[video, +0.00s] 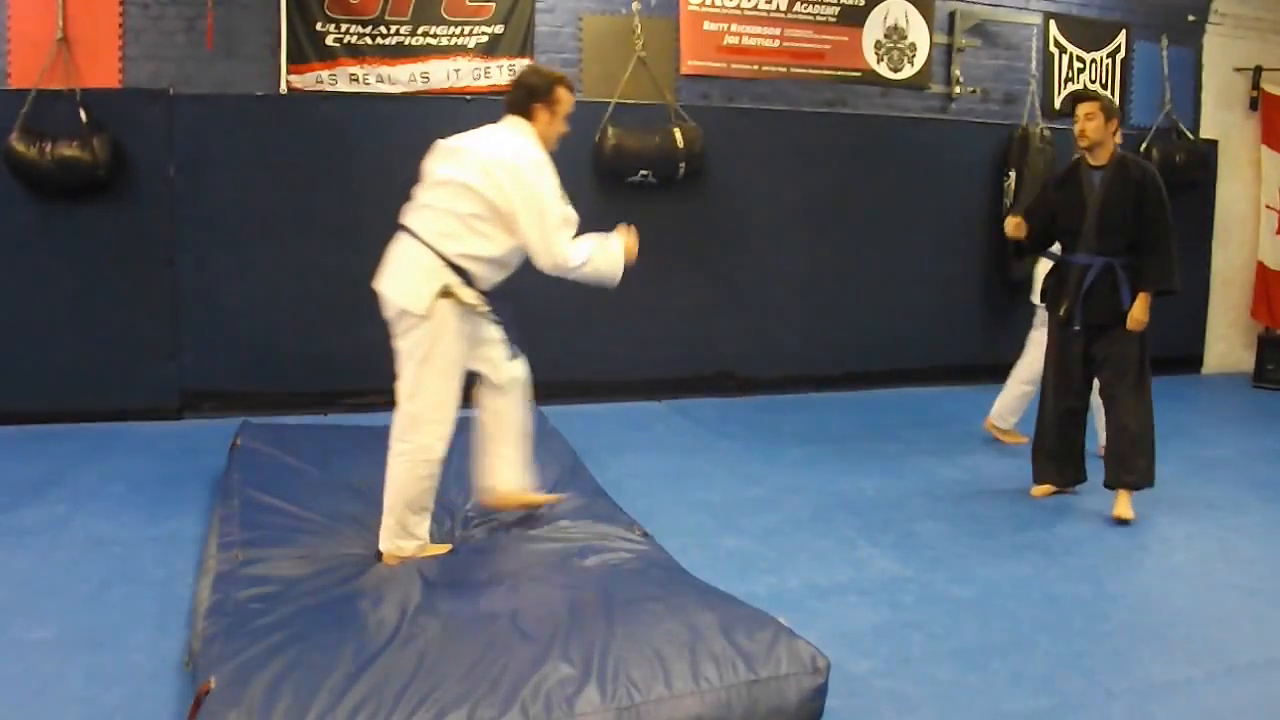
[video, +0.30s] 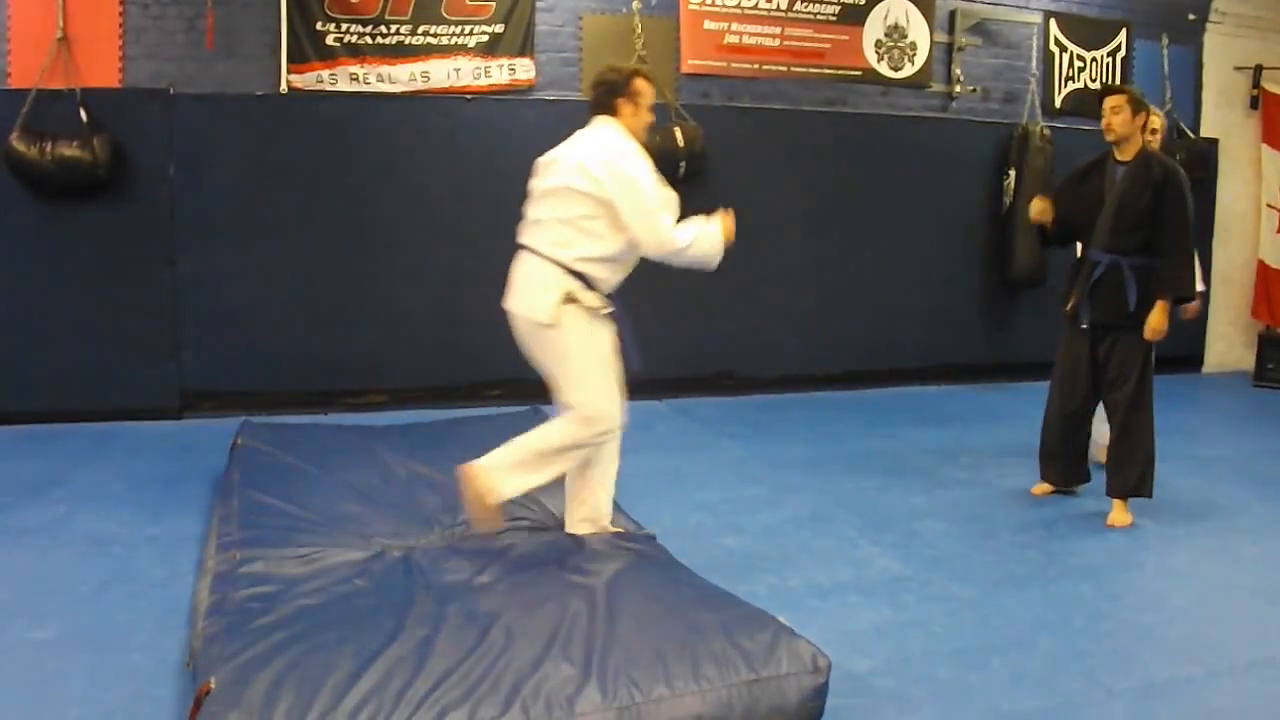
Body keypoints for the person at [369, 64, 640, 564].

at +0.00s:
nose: (566, 129)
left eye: (568, 117)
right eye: (562, 116)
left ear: (525, 110)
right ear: (538, 110)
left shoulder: (475, 140)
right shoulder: (525, 157)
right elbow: (555, 252)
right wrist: (616, 248)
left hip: (417, 276)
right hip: (430, 286)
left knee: (506, 372)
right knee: (426, 416)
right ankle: (403, 540)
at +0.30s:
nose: (652, 118)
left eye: (652, 108)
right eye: (646, 107)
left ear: (612, 107)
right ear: (621, 105)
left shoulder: (571, 147)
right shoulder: (620, 152)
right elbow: (657, 237)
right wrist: (714, 233)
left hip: (542, 294)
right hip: (559, 300)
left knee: (603, 415)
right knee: (597, 415)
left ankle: (589, 532)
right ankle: (486, 479)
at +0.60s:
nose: (744, 111)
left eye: (743, 101)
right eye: (739, 100)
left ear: (698, 99)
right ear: (715, 99)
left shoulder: (655, 144)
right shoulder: (719, 155)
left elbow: (654, 224)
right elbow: (751, 236)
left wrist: (709, 265)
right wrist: (809, 223)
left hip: (626, 286)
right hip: (672, 298)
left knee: (642, 404)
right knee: (721, 408)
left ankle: (593, 511)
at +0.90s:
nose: (824, 109)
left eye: (824, 98)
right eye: (821, 99)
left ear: (779, 95)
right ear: (802, 97)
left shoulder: (727, 142)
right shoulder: (803, 151)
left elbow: (723, 212)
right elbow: (826, 234)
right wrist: (879, 221)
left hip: (713, 278)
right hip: (757, 288)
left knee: (762, 379)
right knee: (779, 408)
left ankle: (711, 454)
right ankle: (764, 528)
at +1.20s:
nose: (861, 116)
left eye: (860, 107)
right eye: (857, 107)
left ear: (817, 107)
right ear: (835, 107)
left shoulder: (770, 154)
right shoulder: (839, 156)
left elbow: (771, 223)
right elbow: (866, 232)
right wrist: (903, 198)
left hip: (767, 280)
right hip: (806, 288)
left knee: (801, 390)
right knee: (797, 403)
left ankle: (804, 481)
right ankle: (764, 521)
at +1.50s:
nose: (894, 109)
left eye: (892, 101)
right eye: (891, 101)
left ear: (849, 102)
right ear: (878, 101)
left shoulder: (810, 148)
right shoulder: (884, 152)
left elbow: (806, 209)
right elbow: (903, 214)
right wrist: (918, 265)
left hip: (804, 264)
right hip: (850, 273)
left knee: (814, 374)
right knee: (879, 376)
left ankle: (804, 480)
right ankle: (861, 480)